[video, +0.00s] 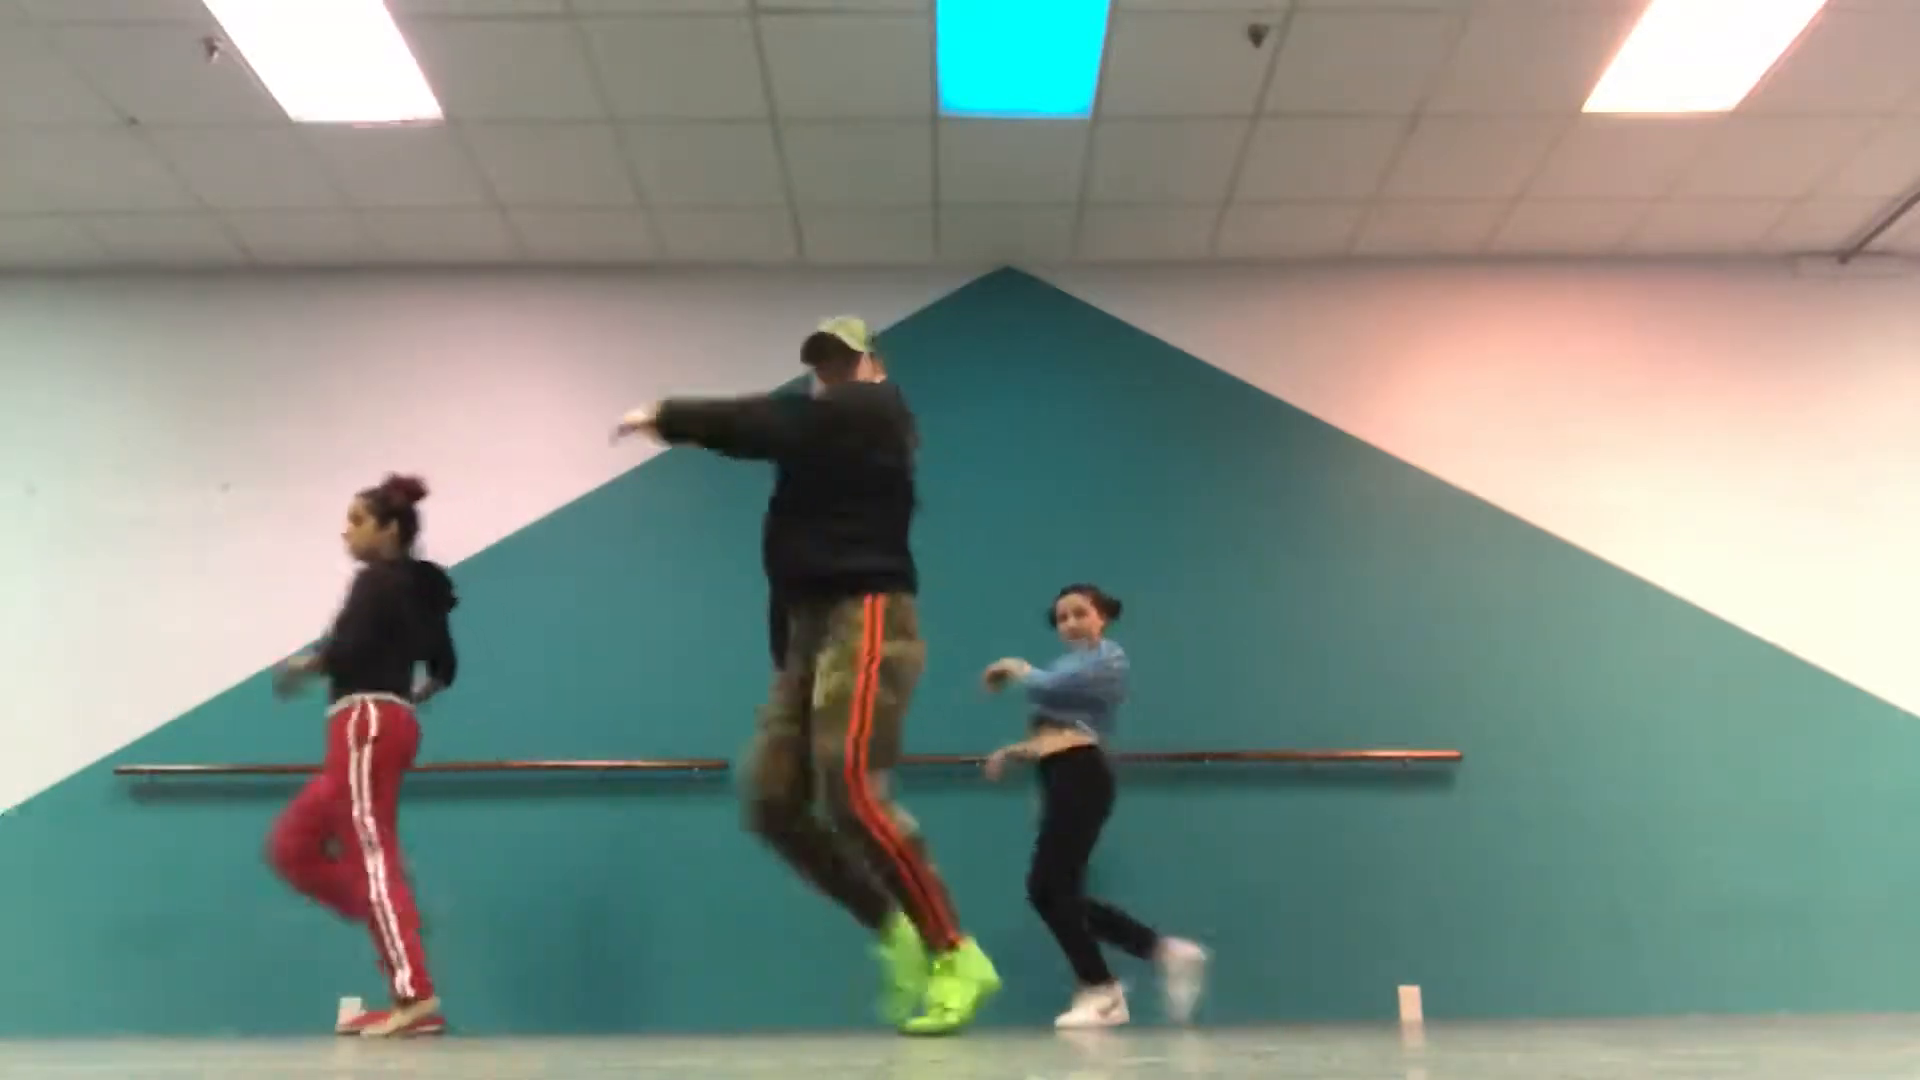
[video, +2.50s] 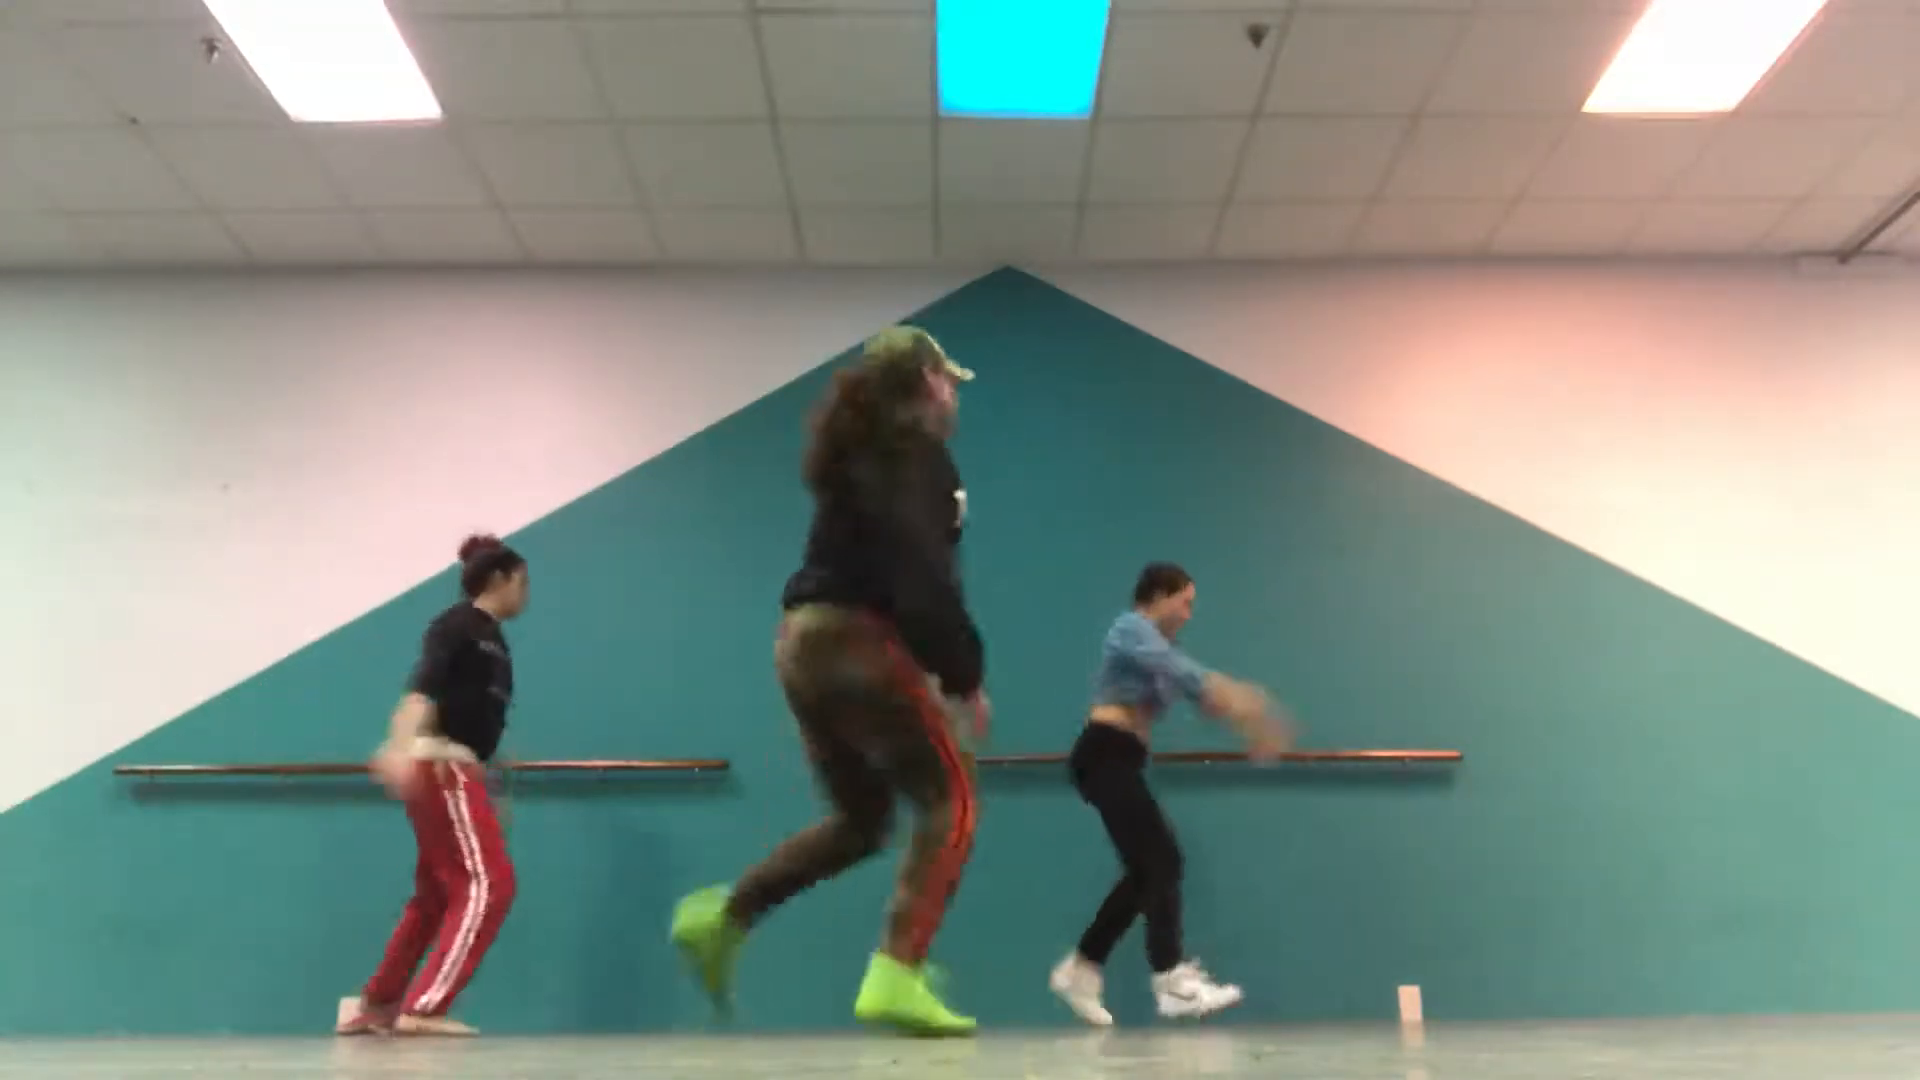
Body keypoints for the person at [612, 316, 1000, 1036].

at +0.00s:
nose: (828, 375)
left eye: (842, 363)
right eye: (820, 365)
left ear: (874, 365)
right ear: (816, 370)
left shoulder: (877, 408)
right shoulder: (814, 420)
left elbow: (774, 422)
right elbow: (747, 432)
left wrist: (668, 418)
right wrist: (676, 420)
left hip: (869, 616)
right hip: (809, 626)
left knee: (852, 792)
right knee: (778, 806)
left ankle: (956, 956)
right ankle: (898, 929)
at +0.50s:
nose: (734, 447)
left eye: (751, 434)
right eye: (725, 434)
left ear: (781, 446)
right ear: (706, 443)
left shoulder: (818, 529)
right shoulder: (668, 533)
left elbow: (865, 615)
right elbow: (649, 636)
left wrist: (856, 689)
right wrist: (680, 726)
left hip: (785, 727)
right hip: (683, 726)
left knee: (869, 810)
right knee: (539, 814)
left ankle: (873, 985)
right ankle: (543, 996)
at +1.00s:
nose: (903, 329)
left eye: (906, 323)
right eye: (886, 321)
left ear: (905, 353)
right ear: (849, 345)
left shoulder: (915, 440)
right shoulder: (822, 402)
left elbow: (945, 541)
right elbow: (827, 510)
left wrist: (924, 606)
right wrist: (885, 597)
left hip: (879, 616)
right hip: (806, 602)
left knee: (870, 798)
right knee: (807, 792)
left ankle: (868, 981)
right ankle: (783, 984)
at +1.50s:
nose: (915, 343)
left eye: (915, 333)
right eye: (903, 331)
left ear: (871, 329)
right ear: (864, 328)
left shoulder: (876, 394)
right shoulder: (847, 373)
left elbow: (949, 467)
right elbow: (929, 425)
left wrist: (1031, 453)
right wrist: (1027, 432)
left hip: (852, 570)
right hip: (838, 561)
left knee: (887, 760)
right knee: (920, 731)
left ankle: (822, 946)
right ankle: (839, 902)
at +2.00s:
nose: (971, 397)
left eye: (970, 385)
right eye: (963, 385)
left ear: (930, 386)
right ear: (929, 385)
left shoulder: (946, 464)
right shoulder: (890, 454)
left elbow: (926, 564)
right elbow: (865, 556)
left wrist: (936, 665)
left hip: (901, 648)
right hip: (876, 650)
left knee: (938, 834)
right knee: (980, 795)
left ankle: (805, 923)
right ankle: (947, 981)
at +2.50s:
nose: (957, 395)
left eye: (952, 382)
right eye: (948, 383)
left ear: (894, 388)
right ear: (925, 386)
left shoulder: (859, 445)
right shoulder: (912, 452)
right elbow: (921, 579)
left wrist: (948, 674)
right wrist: (967, 679)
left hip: (802, 631)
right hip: (853, 632)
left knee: (861, 820)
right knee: (950, 802)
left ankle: (725, 918)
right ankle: (898, 973)